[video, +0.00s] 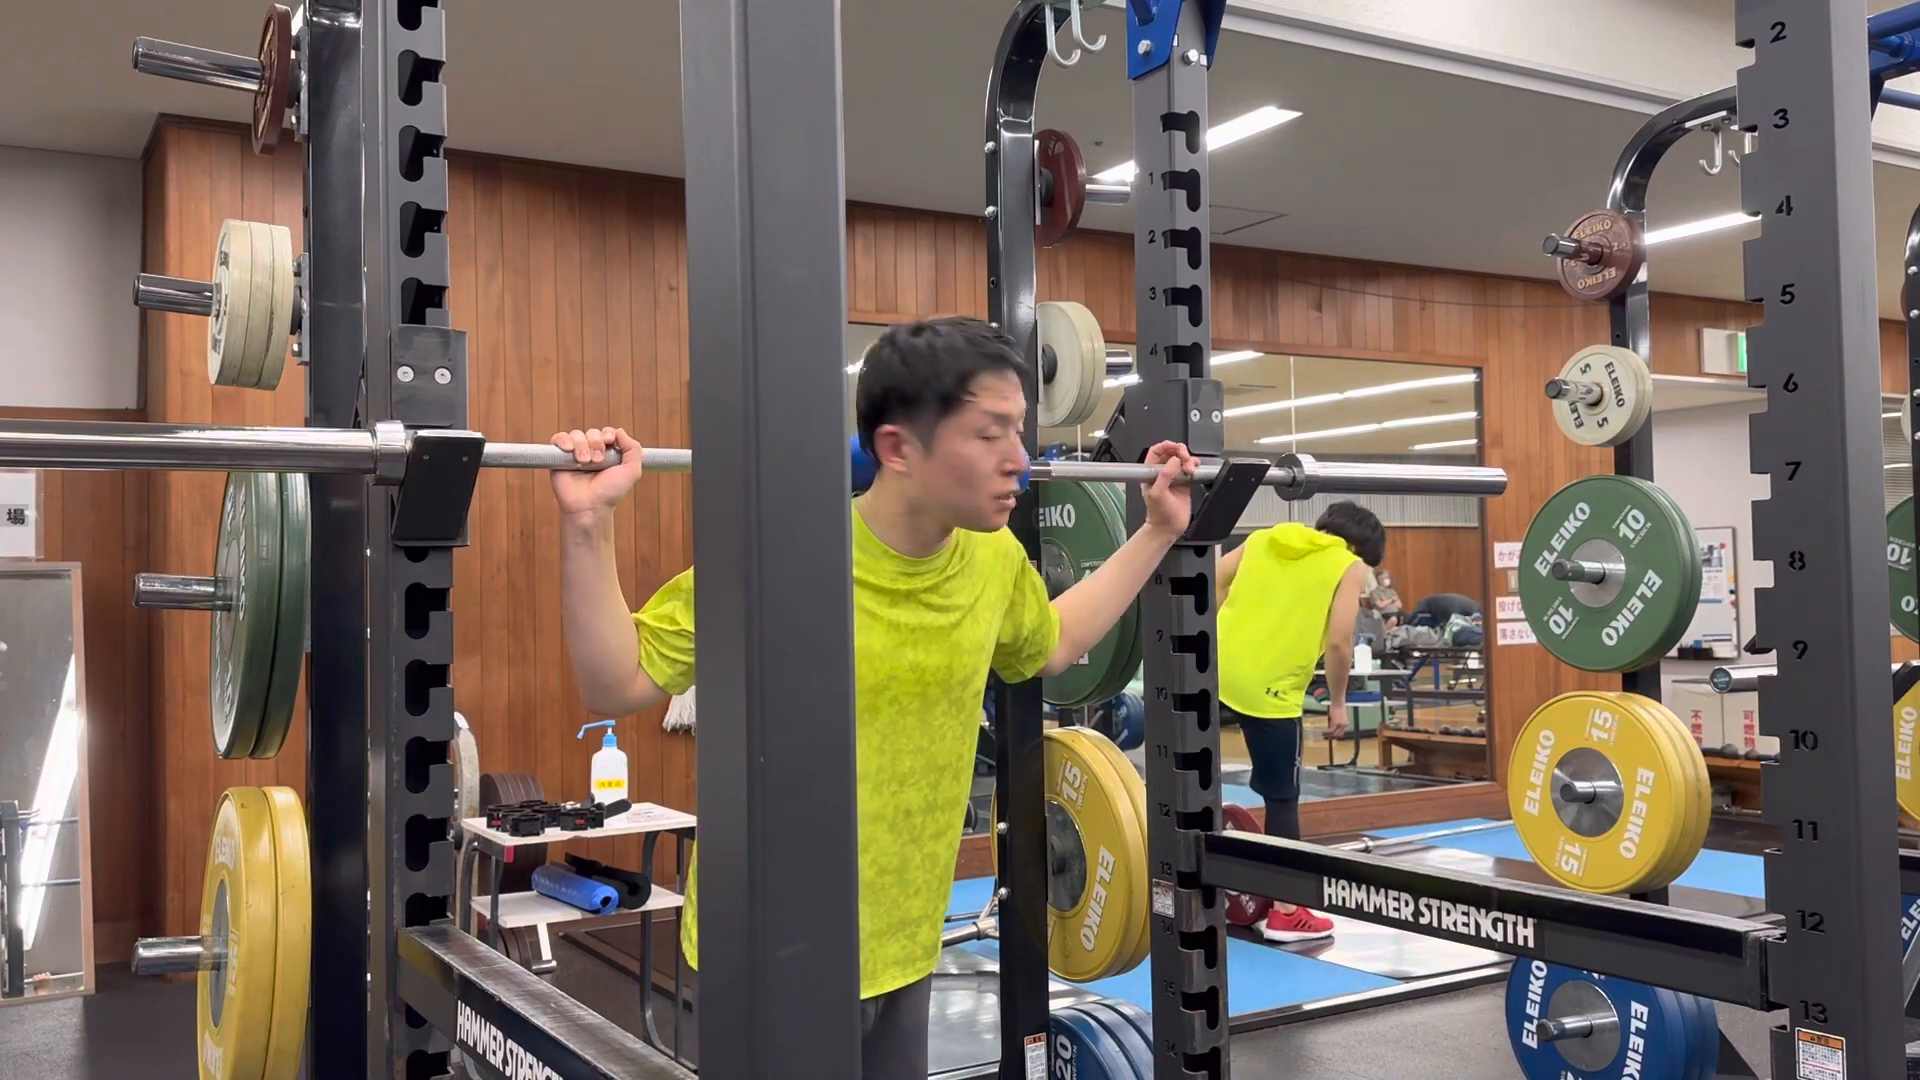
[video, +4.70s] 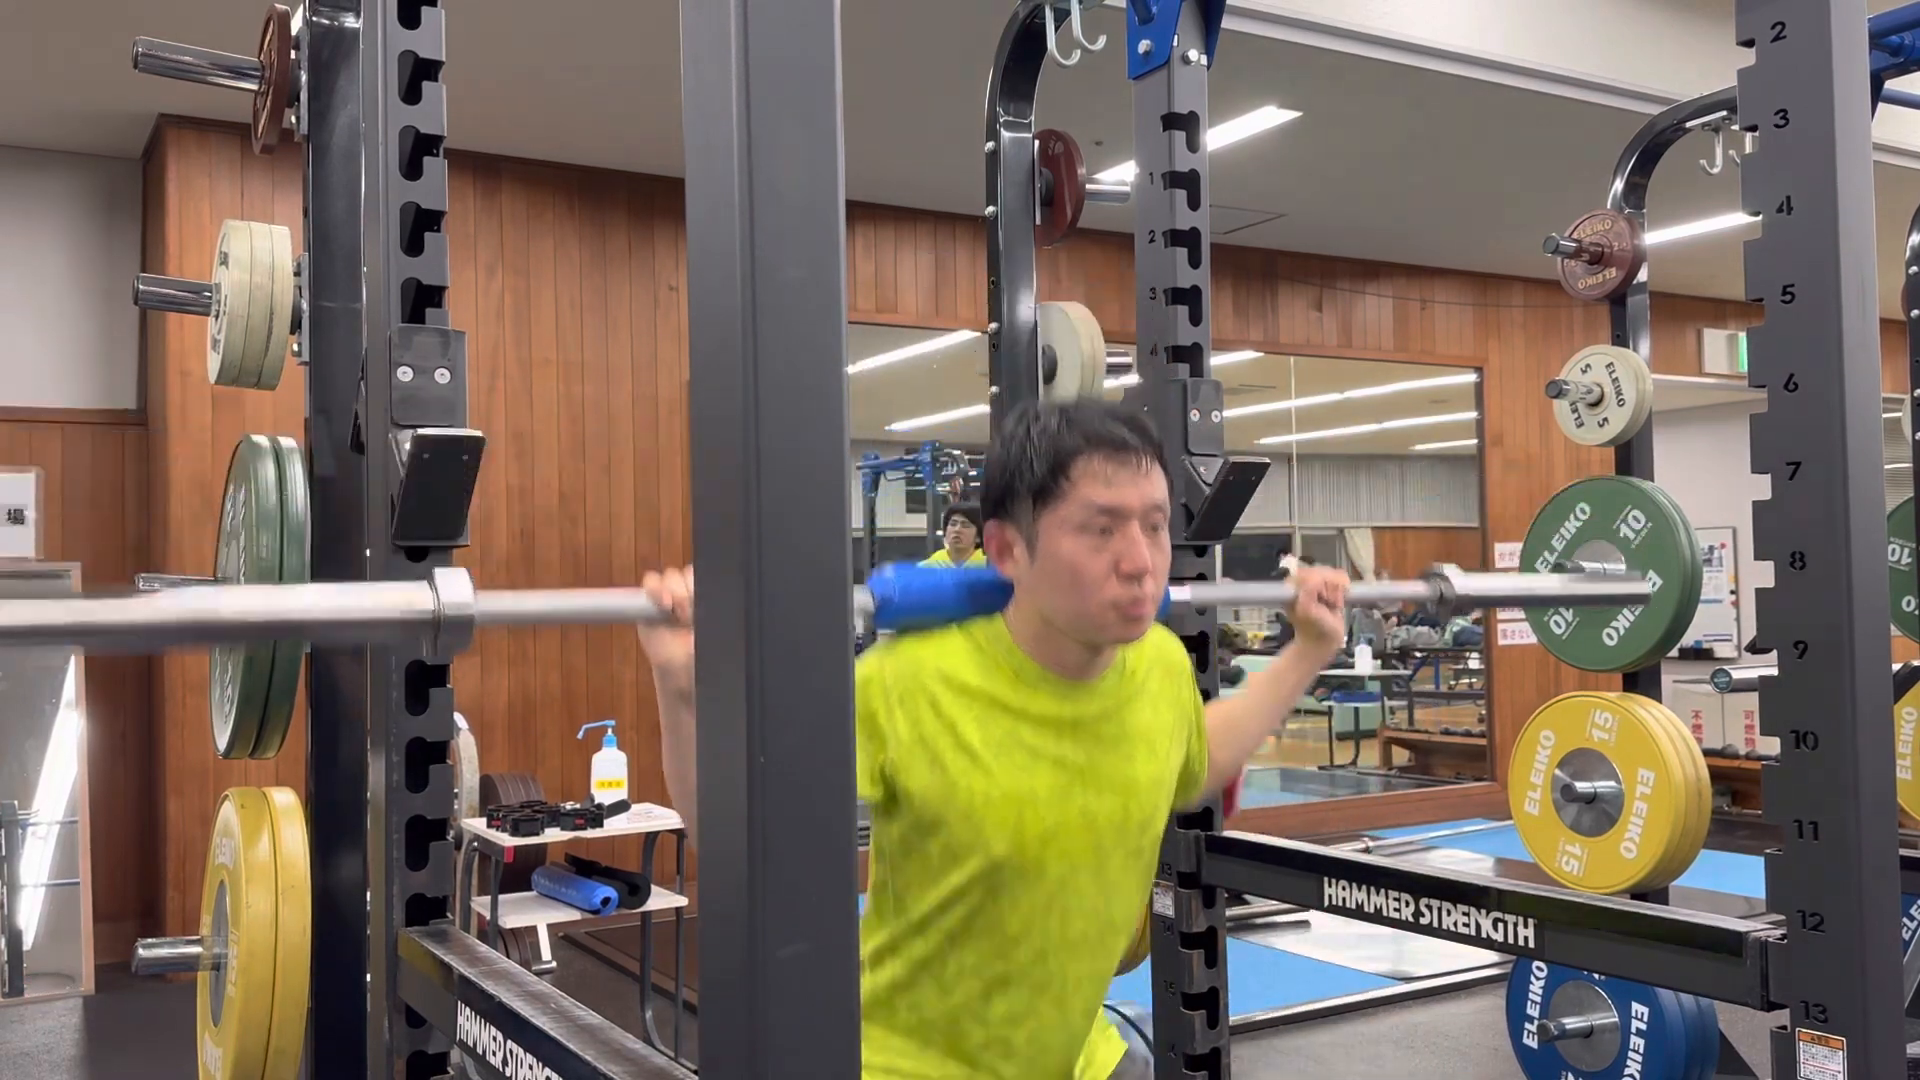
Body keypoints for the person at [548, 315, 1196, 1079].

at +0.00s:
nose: (1020, 461)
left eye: (1019, 434)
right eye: (991, 434)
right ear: (896, 447)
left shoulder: (994, 560)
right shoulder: (785, 559)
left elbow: (1048, 645)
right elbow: (619, 684)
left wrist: (1157, 533)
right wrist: (586, 526)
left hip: (903, 962)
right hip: (770, 970)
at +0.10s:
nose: (948, 449)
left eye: (974, 420)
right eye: (916, 418)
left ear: (1002, 436)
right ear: (863, 435)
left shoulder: (1002, 552)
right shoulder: (788, 549)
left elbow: (1059, 647)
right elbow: (630, 688)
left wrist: (1167, 533)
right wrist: (587, 527)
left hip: (915, 961)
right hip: (777, 966)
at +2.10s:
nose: (960, 430)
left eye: (982, 400)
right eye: (929, 399)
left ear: (1003, 399)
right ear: (863, 398)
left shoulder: (1009, 501)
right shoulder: (796, 502)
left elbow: (1052, 599)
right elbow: (632, 620)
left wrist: (1162, 503)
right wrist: (584, 479)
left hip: (986, 932)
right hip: (844, 952)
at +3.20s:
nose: (1037, 455)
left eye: (1057, 422)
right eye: (1004, 424)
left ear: (1076, 417)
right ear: (924, 419)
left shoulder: (1072, 524)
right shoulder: (842, 532)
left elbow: (1089, 621)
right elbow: (671, 658)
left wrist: (1206, 520)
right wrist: (631, 521)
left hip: (1036, 973)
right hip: (874, 994)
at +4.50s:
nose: (1129, 431)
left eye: (1143, 397)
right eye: (1088, 397)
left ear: (1161, 409)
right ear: (997, 420)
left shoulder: (1150, 551)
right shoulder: (892, 561)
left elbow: (1184, 662)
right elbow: (715, 700)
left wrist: (1299, 548)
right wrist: (675, 550)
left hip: (1111, 1016)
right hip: (924, 1033)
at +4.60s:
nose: (1133, 485)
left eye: (1147, 453)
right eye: (1092, 454)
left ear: (1164, 461)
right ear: (999, 476)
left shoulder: (1151, 599)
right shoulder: (894, 608)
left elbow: (1183, 711)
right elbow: (719, 761)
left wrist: (1298, 598)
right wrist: (677, 612)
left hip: (1091, 1025)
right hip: (914, 1037)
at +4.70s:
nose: (1141, 559)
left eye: (1155, 527)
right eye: (1099, 528)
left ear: (1170, 535)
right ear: (1007, 546)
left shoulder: (1161, 667)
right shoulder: (905, 683)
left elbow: (1193, 768)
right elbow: (729, 834)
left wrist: (1308, 652)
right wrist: (681, 686)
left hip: (1079, 1050)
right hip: (911, 1052)